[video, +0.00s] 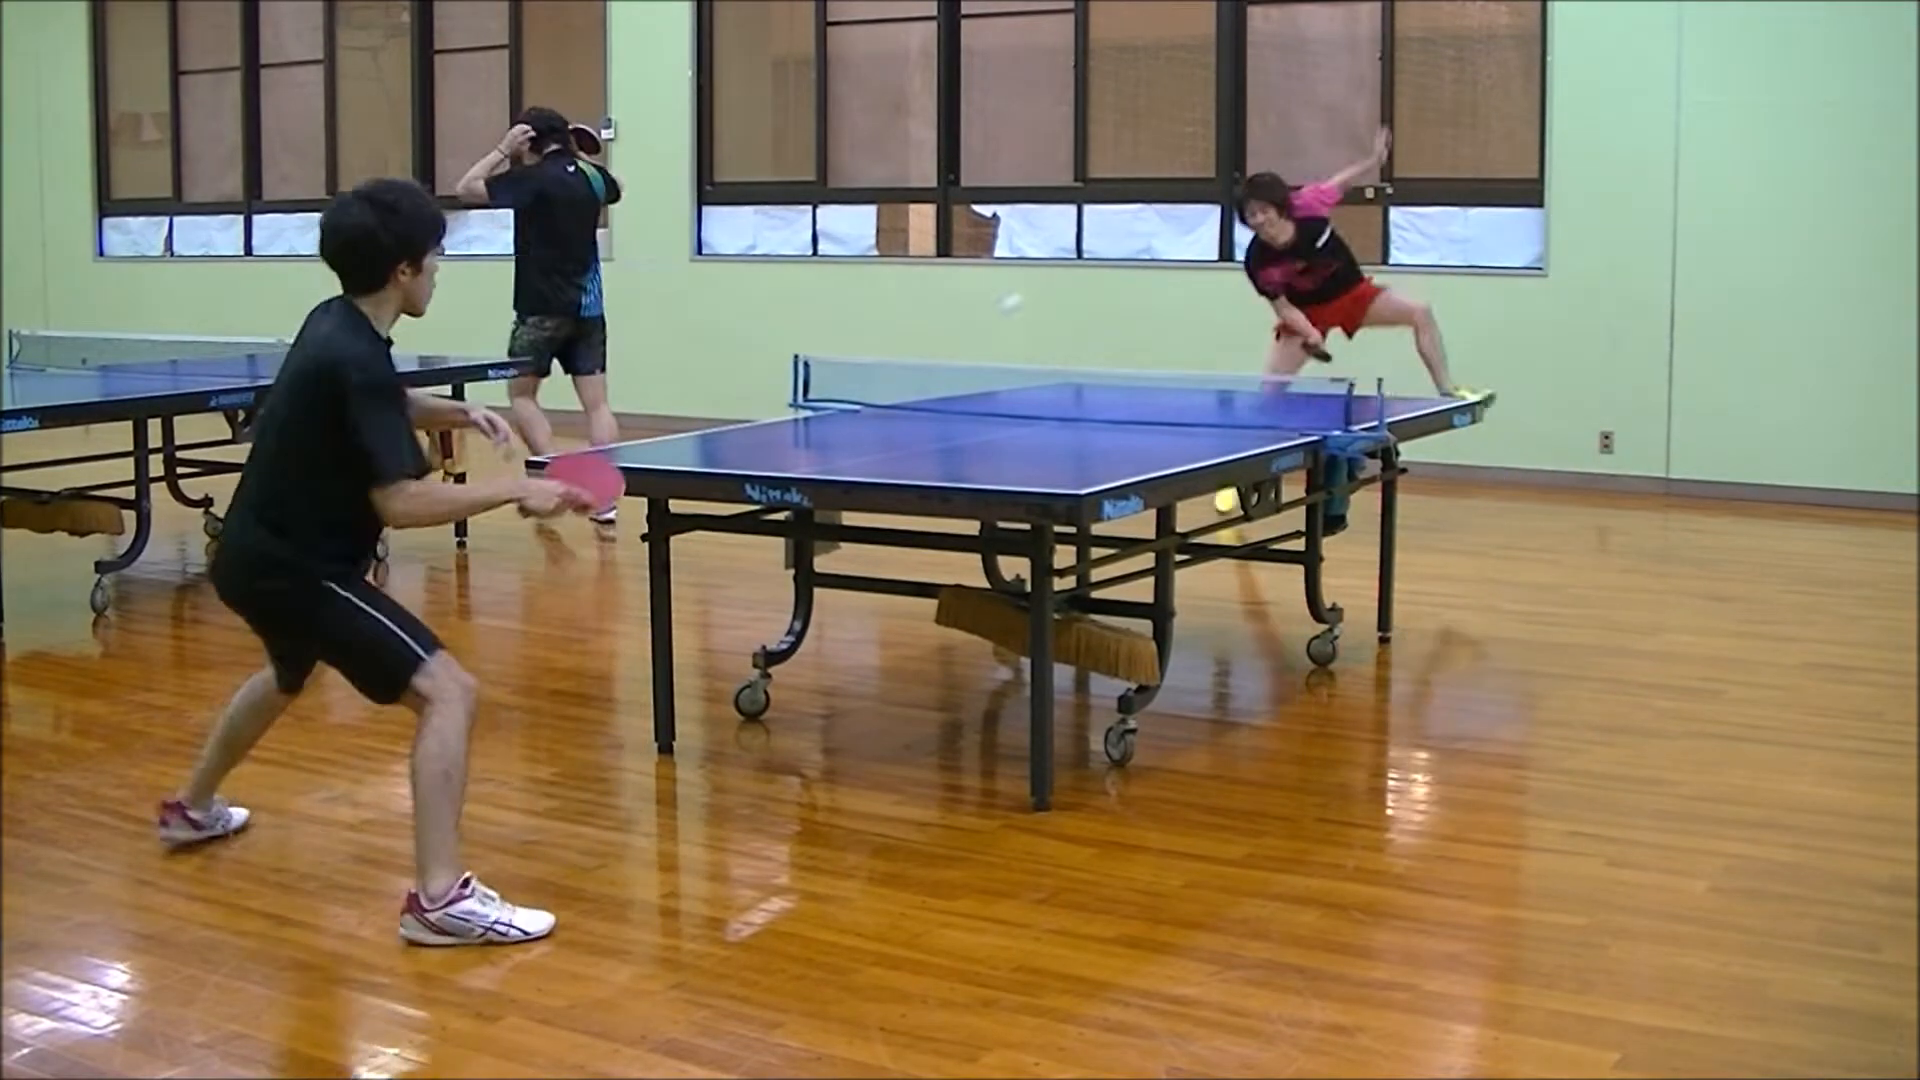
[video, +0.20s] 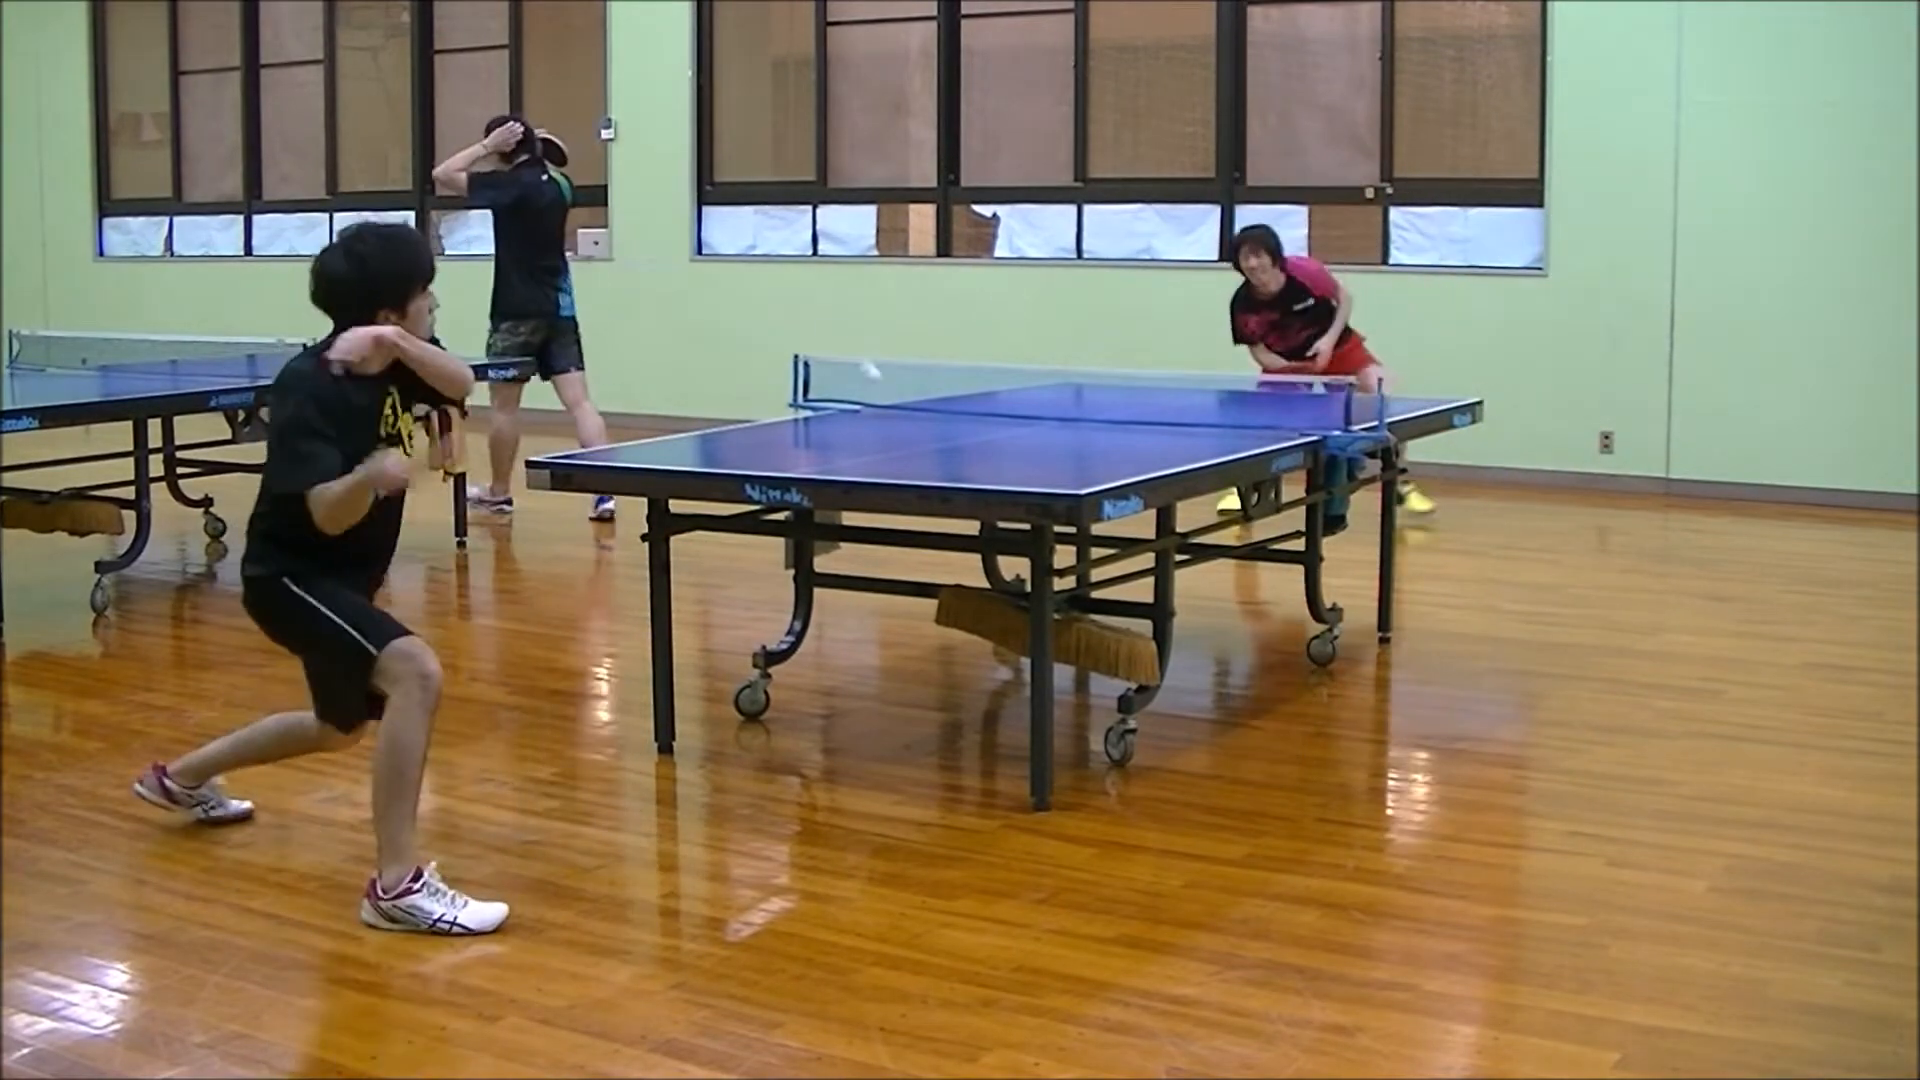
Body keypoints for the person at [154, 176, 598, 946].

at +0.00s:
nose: (435, 277)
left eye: (434, 261)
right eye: (431, 262)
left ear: (362, 265)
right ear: (404, 271)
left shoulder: (330, 327)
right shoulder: (362, 359)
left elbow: (353, 409)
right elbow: (399, 503)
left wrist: (446, 415)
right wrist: (512, 488)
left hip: (249, 553)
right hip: (296, 571)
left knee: (287, 673)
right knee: (449, 690)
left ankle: (192, 806)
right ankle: (440, 893)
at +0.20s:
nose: (434, 304)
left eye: (431, 292)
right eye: (425, 294)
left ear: (381, 311)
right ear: (388, 308)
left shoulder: (399, 364)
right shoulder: (308, 383)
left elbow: (463, 384)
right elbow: (325, 511)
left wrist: (395, 341)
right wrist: (369, 477)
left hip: (346, 576)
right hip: (289, 576)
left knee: (338, 723)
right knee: (413, 672)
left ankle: (181, 775)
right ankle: (397, 881)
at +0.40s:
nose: (451, 233)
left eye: (444, 221)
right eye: (438, 226)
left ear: (399, 250)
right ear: (405, 252)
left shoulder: (405, 297)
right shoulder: (373, 349)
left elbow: (430, 356)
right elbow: (451, 458)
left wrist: (483, 373)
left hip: (367, 514)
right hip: (329, 528)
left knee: (374, 639)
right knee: (455, 685)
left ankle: (252, 735)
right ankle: (398, 879)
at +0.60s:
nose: (479, 257)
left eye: (476, 245)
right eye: (474, 246)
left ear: (395, 258)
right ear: (453, 258)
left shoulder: (344, 331)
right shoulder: (477, 337)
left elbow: (307, 403)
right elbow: (595, 351)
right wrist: (628, 252)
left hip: (343, 577)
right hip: (428, 578)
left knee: (455, 619)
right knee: (477, 756)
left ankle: (439, 762)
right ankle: (454, 866)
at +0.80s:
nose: (484, 306)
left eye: (482, 295)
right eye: (480, 296)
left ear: (399, 304)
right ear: (463, 302)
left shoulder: (355, 386)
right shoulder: (497, 376)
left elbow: (308, 500)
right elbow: (557, 434)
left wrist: (358, 549)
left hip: (389, 602)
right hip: (476, 603)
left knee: (437, 655)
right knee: (512, 773)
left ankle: (457, 771)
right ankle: (470, 846)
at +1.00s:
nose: (492, 218)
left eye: (491, 206)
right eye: (490, 207)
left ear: (412, 207)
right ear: (474, 215)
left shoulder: (365, 278)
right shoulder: (497, 291)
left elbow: (273, 337)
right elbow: (516, 424)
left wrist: (216, 452)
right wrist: (491, 448)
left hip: (371, 500)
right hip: (453, 505)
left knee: (450, 624)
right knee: (496, 680)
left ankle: (465, 783)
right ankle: (453, 812)